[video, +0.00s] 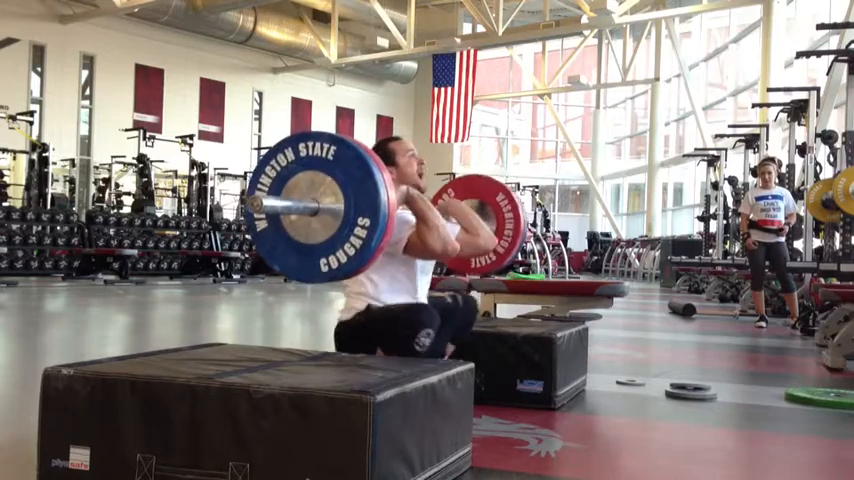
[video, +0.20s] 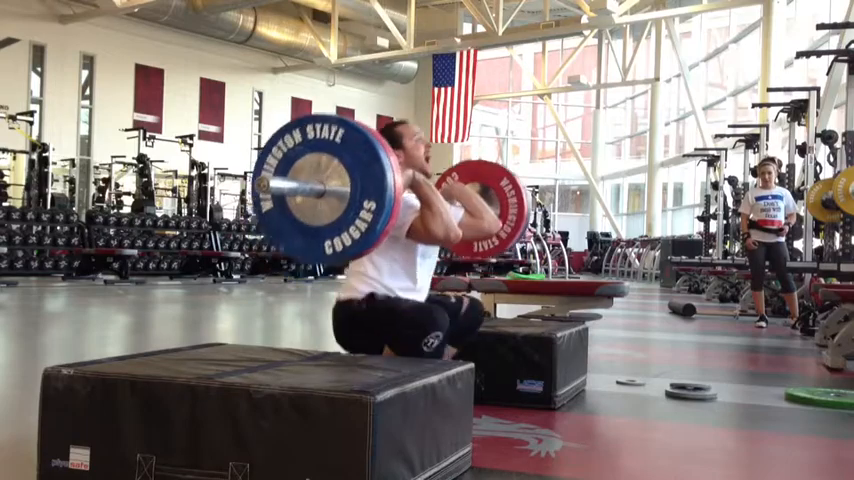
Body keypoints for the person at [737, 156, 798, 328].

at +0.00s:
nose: (766, 176)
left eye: (769, 173)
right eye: (763, 173)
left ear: (775, 174)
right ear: (758, 175)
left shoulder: (784, 193)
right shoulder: (751, 194)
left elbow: (792, 214)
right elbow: (744, 217)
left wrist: (787, 224)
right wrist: (746, 236)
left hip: (777, 240)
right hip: (757, 239)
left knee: (785, 275)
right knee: (757, 277)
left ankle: (795, 317)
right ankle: (761, 315)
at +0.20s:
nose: (766, 176)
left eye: (769, 173)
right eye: (763, 173)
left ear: (775, 174)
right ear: (758, 175)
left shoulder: (784, 193)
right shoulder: (751, 194)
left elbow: (792, 214)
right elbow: (744, 217)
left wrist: (787, 224)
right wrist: (746, 236)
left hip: (777, 240)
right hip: (757, 239)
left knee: (785, 275)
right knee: (757, 277)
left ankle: (795, 317)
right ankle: (761, 315)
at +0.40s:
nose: (765, 174)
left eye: (769, 171)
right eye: (762, 172)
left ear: (775, 173)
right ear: (758, 174)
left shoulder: (784, 193)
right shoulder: (751, 194)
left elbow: (792, 214)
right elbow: (744, 216)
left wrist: (787, 224)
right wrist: (746, 236)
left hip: (777, 239)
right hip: (757, 239)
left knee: (784, 275)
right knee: (757, 277)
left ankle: (795, 317)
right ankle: (761, 315)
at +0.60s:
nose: (766, 174)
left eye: (769, 170)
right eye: (763, 171)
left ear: (775, 173)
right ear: (759, 174)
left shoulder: (784, 193)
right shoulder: (751, 194)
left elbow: (792, 214)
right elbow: (744, 216)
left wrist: (787, 224)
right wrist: (746, 236)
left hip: (777, 239)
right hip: (757, 239)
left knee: (784, 275)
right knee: (757, 276)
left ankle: (795, 317)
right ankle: (761, 315)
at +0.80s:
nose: (766, 174)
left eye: (769, 170)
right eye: (763, 171)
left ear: (775, 173)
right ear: (759, 174)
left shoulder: (784, 193)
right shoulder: (751, 194)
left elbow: (792, 214)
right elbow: (744, 216)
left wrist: (788, 224)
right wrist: (746, 235)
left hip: (777, 239)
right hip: (757, 239)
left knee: (785, 275)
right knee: (757, 277)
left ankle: (795, 317)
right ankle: (761, 315)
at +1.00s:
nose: (766, 173)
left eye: (769, 170)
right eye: (763, 170)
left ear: (775, 173)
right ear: (759, 173)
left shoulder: (784, 193)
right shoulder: (751, 193)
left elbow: (792, 214)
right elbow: (744, 216)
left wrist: (788, 224)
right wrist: (746, 236)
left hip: (777, 239)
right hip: (757, 239)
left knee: (784, 275)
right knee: (757, 277)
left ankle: (795, 317)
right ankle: (761, 315)